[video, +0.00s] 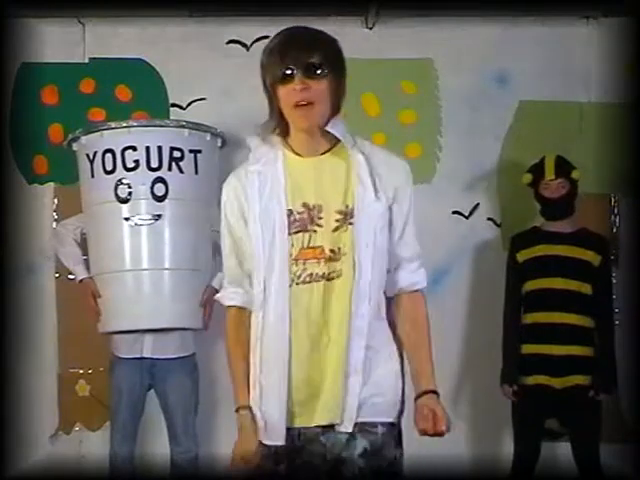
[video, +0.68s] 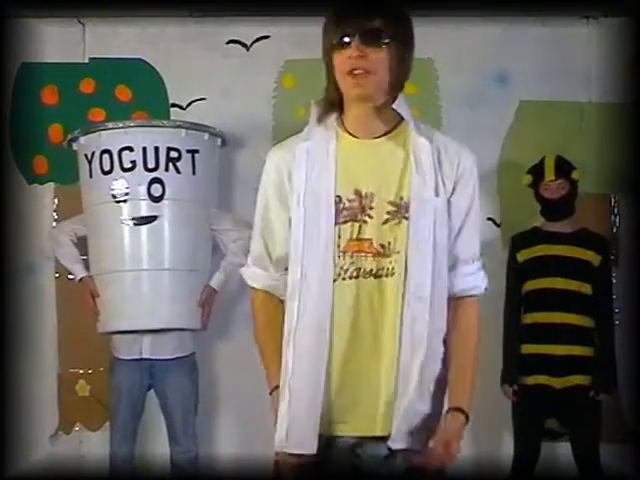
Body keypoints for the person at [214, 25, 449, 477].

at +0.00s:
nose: (301, 87)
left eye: (314, 72)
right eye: (286, 76)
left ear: (338, 84)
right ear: (273, 91)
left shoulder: (387, 173)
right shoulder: (243, 187)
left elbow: (407, 289)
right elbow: (237, 303)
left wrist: (426, 390)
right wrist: (244, 412)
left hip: (369, 414)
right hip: (281, 416)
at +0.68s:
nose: (356, 53)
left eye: (375, 39)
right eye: (343, 41)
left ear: (403, 55)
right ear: (328, 58)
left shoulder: (451, 163)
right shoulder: (288, 162)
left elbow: (464, 293)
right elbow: (266, 285)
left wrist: (456, 411)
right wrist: (280, 393)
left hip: (410, 429)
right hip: (310, 425)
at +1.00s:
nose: (360, 57)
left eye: (380, 42)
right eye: (347, 43)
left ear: (409, 57)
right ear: (333, 58)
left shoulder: (455, 169)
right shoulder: (293, 165)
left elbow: (469, 302)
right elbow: (273, 292)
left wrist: (467, 426)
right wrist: (272, 410)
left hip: (409, 437)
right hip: (308, 430)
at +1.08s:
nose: (360, 57)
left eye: (379, 42)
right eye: (347, 43)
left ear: (409, 56)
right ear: (333, 59)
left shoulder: (456, 169)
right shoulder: (293, 164)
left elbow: (470, 302)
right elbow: (273, 290)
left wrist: (466, 428)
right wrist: (272, 406)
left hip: (410, 436)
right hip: (310, 428)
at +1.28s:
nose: (339, 61)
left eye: (357, 44)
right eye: (327, 47)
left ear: (392, 51)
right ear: (317, 62)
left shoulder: (452, 167)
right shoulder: (296, 163)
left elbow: (469, 307)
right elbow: (285, 292)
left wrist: (444, 436)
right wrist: (280, 410)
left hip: (399, 435)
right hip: (309, 427)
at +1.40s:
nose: (298, 67)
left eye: (313, 48)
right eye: (294, 54)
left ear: (359, 50)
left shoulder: (443, 164)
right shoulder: (306, 161)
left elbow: (460, 311)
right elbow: (291, 292)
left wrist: (425, 435)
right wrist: (265, 402)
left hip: (389, 435)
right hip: (306, 423)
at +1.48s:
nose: (284, 71)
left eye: (294, 54)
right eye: (286, 57)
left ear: (337, 54)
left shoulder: (430, 156)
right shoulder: (312, 157)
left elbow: (455, 306)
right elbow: (302, 286)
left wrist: (414, 432)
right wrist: (253, 359)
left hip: (387, 440)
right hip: (307, 428)